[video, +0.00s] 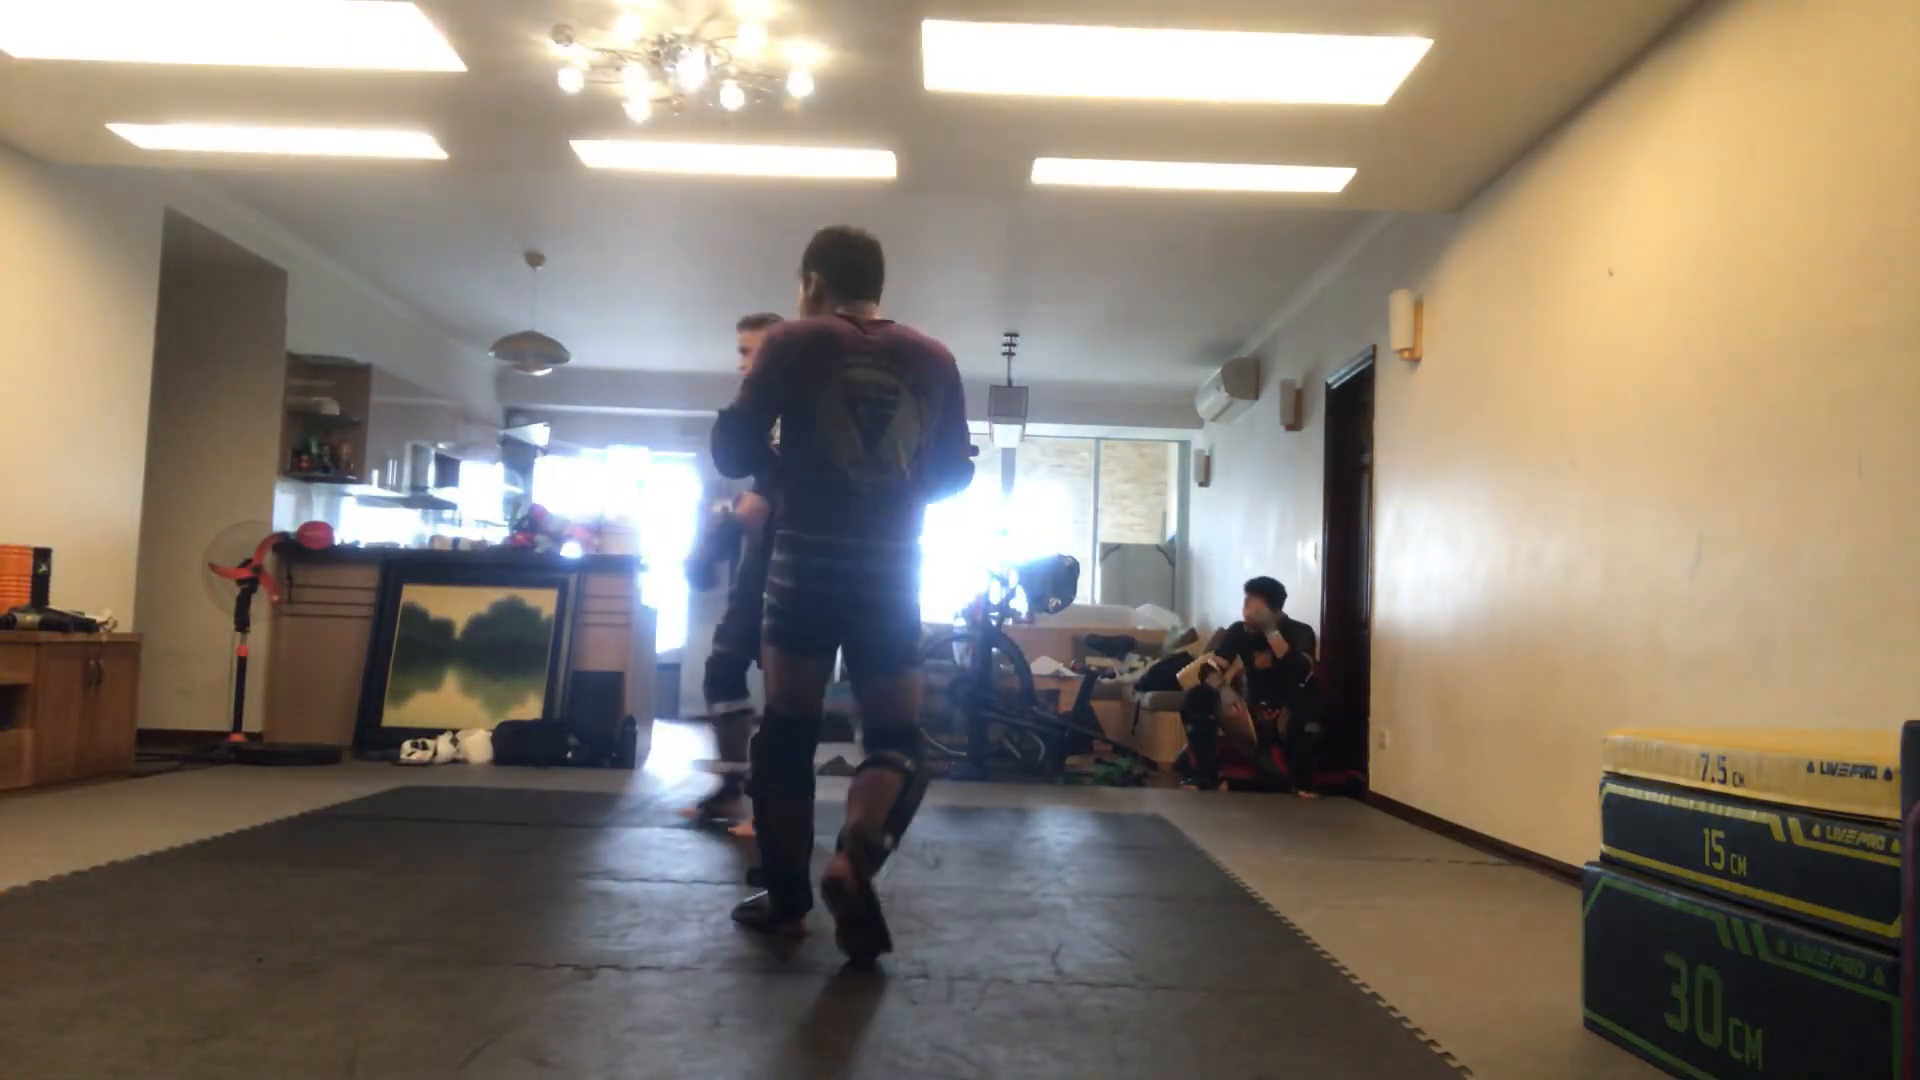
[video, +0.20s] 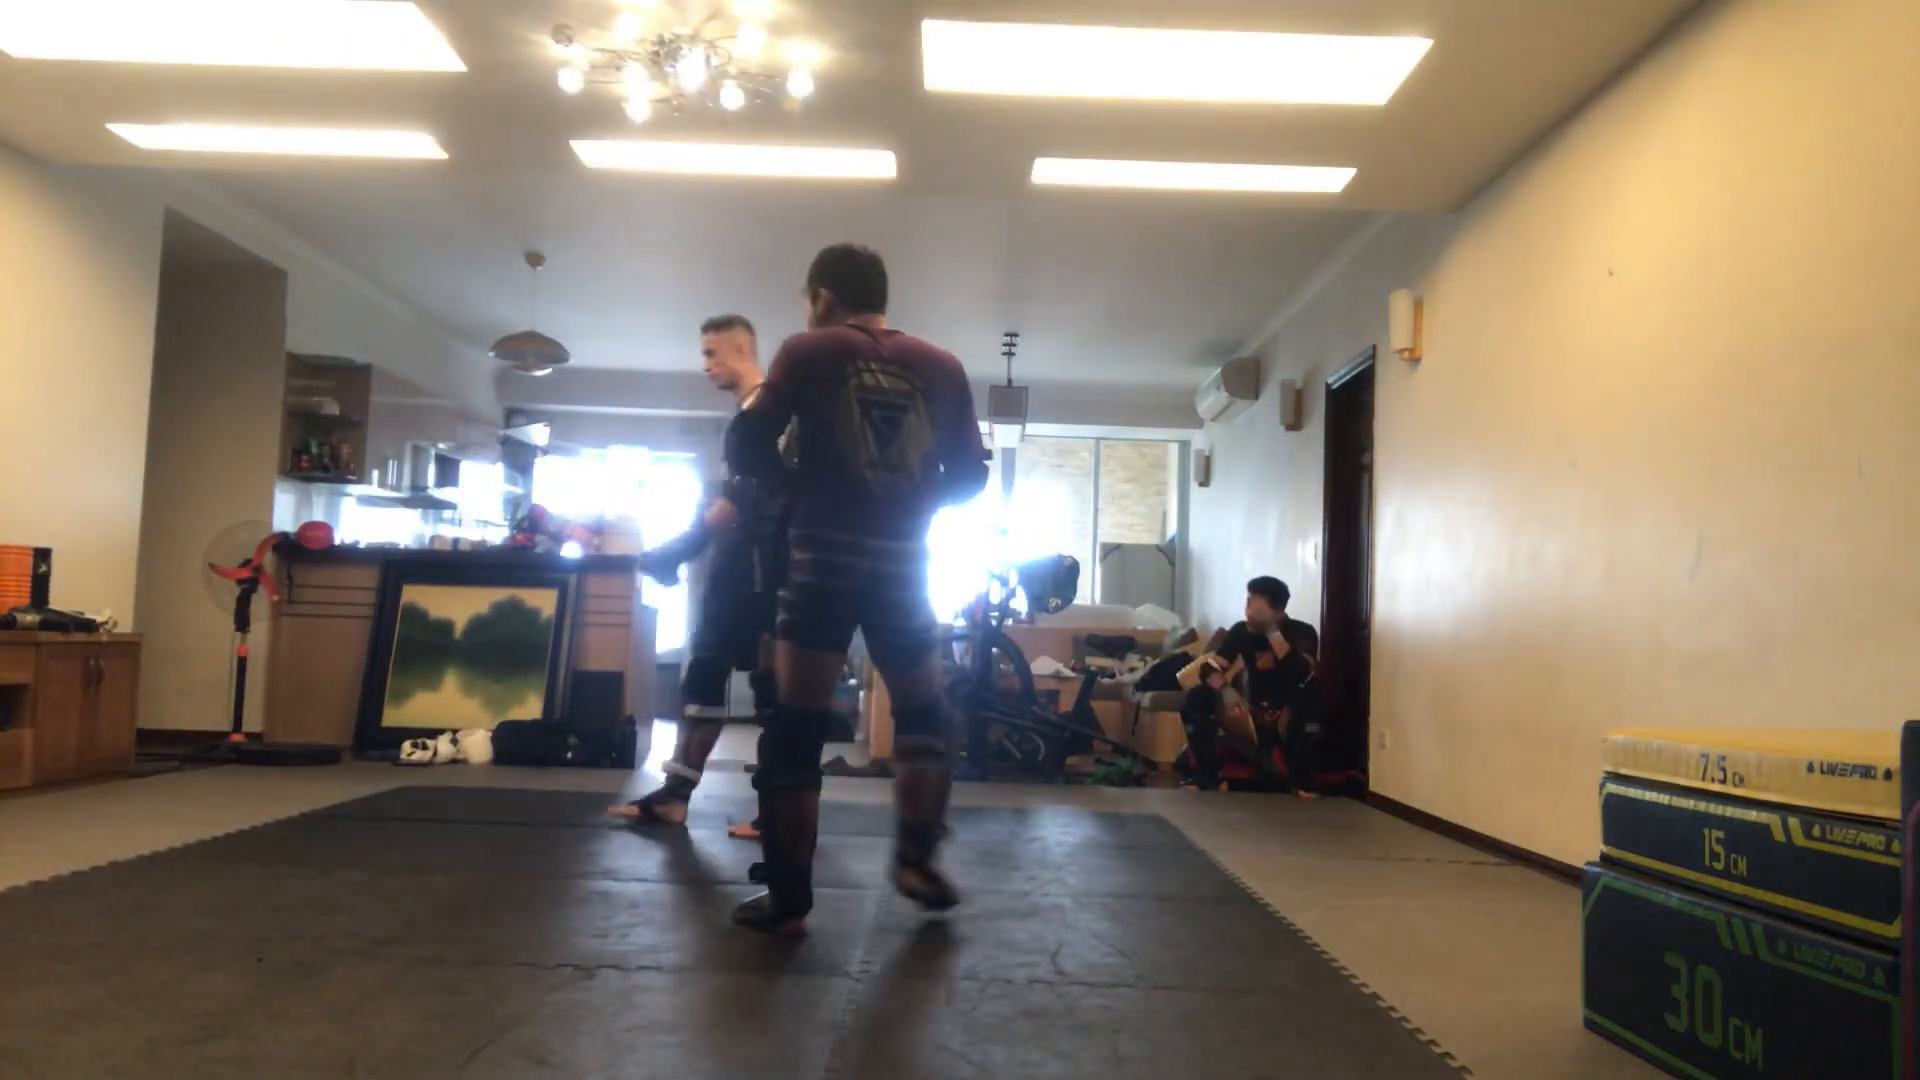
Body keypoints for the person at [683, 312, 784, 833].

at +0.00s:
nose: (744, 362)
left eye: (752, 352)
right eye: (741, 352)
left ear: (781, 353)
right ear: (743, 354)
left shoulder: (800, 412)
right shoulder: (750, 414)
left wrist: (767, 503)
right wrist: (732, 513)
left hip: (794, 568)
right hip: (756, 567)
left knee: (786, 687)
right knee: (723, 670)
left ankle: (776, 805)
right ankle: (734, 782)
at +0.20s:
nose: (707, 364)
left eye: (713, 353)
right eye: (705, 355)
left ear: (744, 350)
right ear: (734, 353)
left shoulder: (774, 408)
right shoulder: (742, 418)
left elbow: (785, 490)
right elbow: (728, 507)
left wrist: (738, 505)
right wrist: (663, 557)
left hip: (773, 568)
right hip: (733, 569)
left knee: (774, 686)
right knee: (704, 673)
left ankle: (782, 806)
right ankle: (674, 795)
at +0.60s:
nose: (644, 360)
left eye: (651, 349)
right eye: (642, 351)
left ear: (682, 348)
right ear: (662, 353)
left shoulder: (710, 403)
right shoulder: (676, 415)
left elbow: (736, 485)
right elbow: (669, 504)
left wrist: (719, 560)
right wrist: (646, 568)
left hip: (692, 558)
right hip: (665, 556)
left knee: (669, 674)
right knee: (661, 674)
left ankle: (742, 773)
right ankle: (669, 795)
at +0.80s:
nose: (618, 358)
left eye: (625, 347)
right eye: (617, 349)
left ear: (658, 346)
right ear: (638, 352)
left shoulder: (692, 403)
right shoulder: (649, 415)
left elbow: (721, 485)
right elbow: (649, 501)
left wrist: (704, 558)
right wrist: (617, 554)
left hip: (669, 557)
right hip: (647, 555)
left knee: (620, 669)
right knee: (655, 672)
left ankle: (654, 794)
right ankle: (662, 794)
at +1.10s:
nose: (573, 353)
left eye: (581, 343)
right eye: (573, 344)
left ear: (616, 342)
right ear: (598, 347)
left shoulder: (640, 401)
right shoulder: (605, 411)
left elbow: (672, 489)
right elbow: (603, 507)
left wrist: (646, 567)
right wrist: (562, 561)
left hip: (617, 570)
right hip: (599, 568)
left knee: (573, 685)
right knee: (629, 677)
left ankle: (529, 811)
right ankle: (665, 793)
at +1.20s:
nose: (561, 344)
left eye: (569, 334)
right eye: (560, 335)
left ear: (603, 336)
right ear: (585, 340)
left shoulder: (623, 397)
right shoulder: (586, 404)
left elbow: (643, 490)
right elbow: (581, 495)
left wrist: (621, 564)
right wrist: (552, 553)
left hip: (600, 561)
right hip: (579, 560)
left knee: (566, 679)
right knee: (604, 674)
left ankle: (530, 810)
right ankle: (659, 785)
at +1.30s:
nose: (546, 337)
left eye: (555, 328)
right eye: (546, 328)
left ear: (588, 331)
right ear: (577, 333)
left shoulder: (608, 392)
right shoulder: (575, 396)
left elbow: (619, 485)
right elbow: (565, 484)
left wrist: (590, 557)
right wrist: (538, 535)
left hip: (582, 553)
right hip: (560, 549)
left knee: (555, 678)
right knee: (561, 672)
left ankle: (527, 813)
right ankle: (639, 773)